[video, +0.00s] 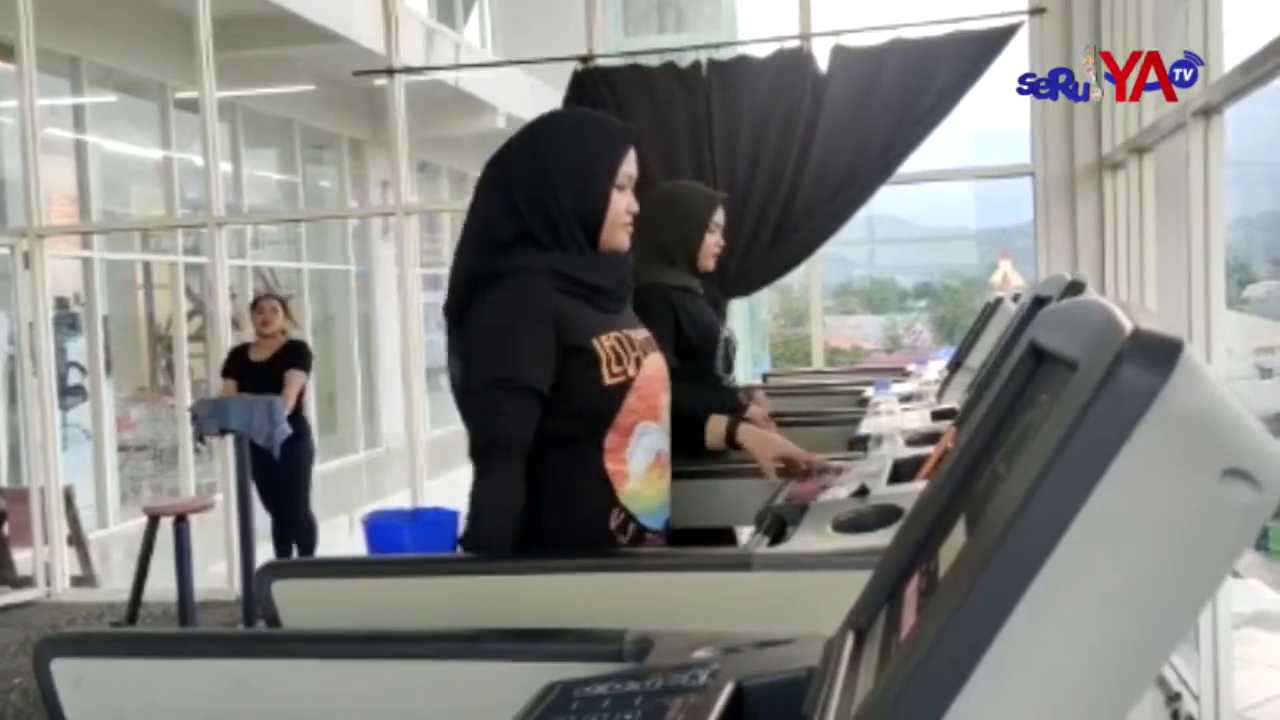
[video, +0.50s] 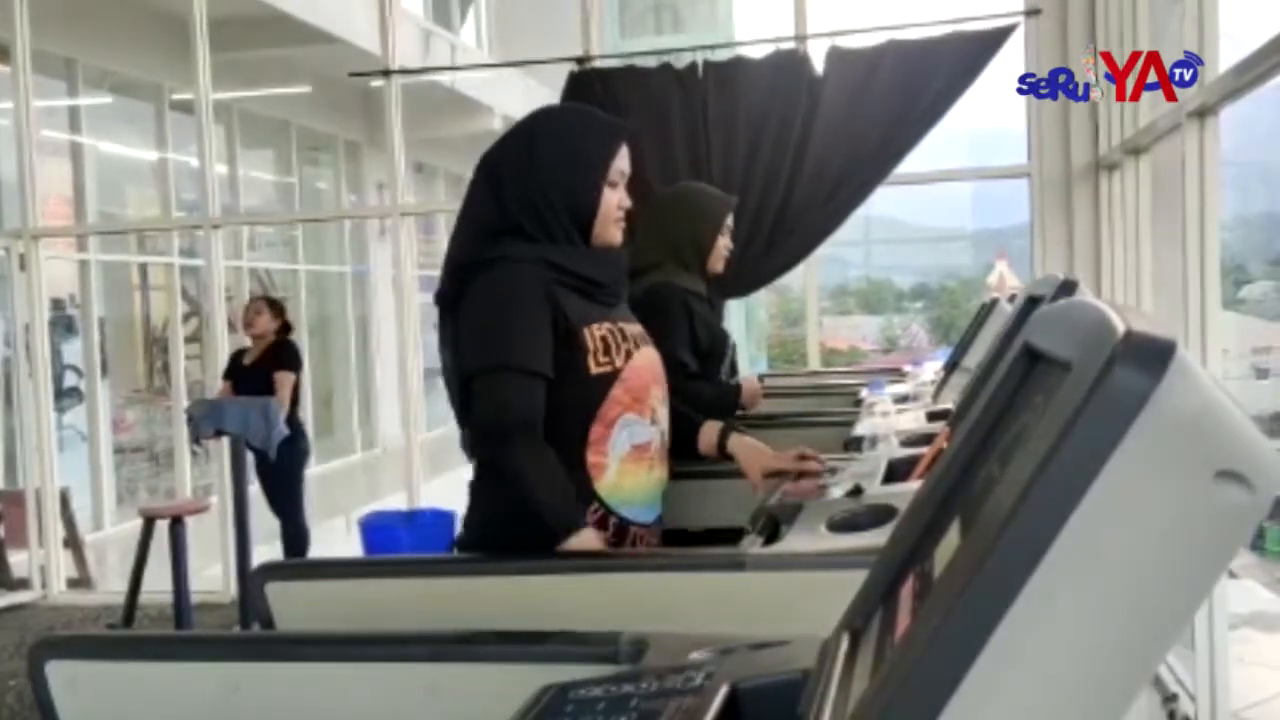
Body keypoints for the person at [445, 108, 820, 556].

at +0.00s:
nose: (635, 207)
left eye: (632, 189)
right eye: (621, 188)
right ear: (571, 188)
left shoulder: (598, 289)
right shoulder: (519, 300)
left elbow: (623, 413)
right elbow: (501, 461)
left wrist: (738, 434)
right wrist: (478, 589)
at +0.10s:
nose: (629, 199)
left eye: (626, 181)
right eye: (614, 179)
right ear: (564, 179)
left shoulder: (588, 279)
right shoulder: (516, 285)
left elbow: (627, 400)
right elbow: (515, 449)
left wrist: (737, 425)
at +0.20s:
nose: (625, 201)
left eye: (622, 185)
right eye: (610, 183)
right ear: (561, 183)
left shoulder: (580, 284)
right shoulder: (516, 288)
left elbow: (624, 399)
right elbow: (538, 442)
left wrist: (738, 424)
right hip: (525, 565)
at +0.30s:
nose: (623, 212)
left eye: (621, 196)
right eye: (610, 195)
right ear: (561, 195)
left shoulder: (586, 296)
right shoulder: (517, 298)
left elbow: (628, 412)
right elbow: (548, 443)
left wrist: (735, 433)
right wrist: (675, 510)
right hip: (510, 560)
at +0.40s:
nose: (623, 215)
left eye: (621, 198)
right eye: (609, 197)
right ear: (561, 196)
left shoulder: (587, 295)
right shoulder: (518, 298)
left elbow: (629, 415)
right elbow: (534, 447)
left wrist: (739, 445)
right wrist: (655, 523)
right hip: (543, 570)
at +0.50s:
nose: (627, 202)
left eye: (625, 186)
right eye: (613, 185)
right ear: (563, 183)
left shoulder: (592, 282)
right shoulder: (511, 285)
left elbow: (633, 405)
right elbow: (508, 441)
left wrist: (734, 443)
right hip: (538, 569)